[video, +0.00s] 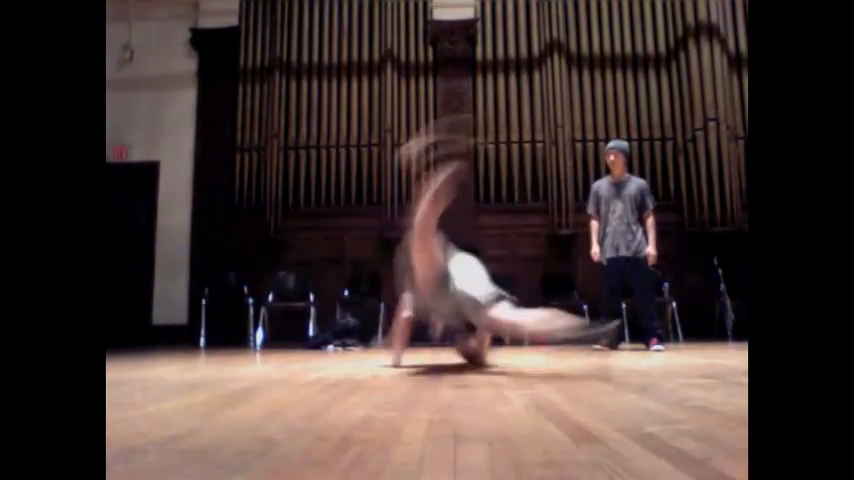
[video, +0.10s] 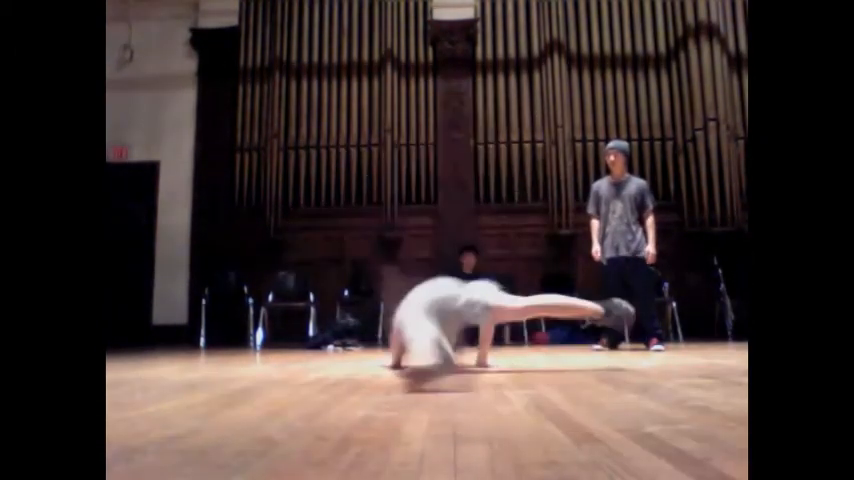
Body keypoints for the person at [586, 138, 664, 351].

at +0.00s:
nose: (611, 159)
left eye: (616, 155)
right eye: (609, 155)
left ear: (625, 157)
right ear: (606, 159)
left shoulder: (639, 185)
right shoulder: (598, 187)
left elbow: (648, 216)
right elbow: (594, 218)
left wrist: (651, 245)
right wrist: (595, 244)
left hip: (635, 250)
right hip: (610, 251)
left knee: (644, 296)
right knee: (610, 297)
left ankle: (653, 337)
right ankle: (609, 337)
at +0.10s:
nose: (612, 159)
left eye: (616, 155)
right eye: (609, 155)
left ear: (625, 158)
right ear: (606, 159)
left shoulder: (639, 185)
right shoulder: (598, 187)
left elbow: (648, 215)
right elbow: (595, 217)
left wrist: (651, 244)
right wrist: (596, 243)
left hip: (636, 251)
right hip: (610, 252)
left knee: (645, 297)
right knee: (611, 297)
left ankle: (653, 336)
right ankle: (609, 337)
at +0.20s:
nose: (612, 159)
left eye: (616, 155)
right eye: (609, 155)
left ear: (625, 158)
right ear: (606, 159)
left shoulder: (639, 185)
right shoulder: (598, 187)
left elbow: (648, 215)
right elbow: (595, 218)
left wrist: (651, 244)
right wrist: (596, 243)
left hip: (636, 251)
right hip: (610, 251)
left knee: (645, 297)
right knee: (610, 299)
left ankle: (653, 337)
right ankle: (610, 338)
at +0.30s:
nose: (612, 159)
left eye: (616, 155)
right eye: (609, 155)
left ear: (625, 158)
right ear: (606, 159)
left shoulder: (639, 185)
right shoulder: (598, 187)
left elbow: (648, 215)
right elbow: (595, 218)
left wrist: (651, 244)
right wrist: (596, 244)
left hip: (636, 251)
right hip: (610, 251)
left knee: (645, 297)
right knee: (610, 299)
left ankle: (653, 337)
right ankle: (610, 338)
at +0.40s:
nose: (612, 159)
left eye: (616, 155)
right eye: (609, 155)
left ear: (625, 158)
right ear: (606, 159)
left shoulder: (640, 185)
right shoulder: (598, 188)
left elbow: (649, 215)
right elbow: (595, 219)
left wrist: (652, 244)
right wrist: (595, 246)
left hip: (636, 251)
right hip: (610, 252)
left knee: (645, 297)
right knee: (610, 299)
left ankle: (653, 337)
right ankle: (608, 337)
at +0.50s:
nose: (612, 159)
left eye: (616, 155)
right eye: (609, 155)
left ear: (625, 158)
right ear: (606, 160)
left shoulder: (640, 185)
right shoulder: (598, 188)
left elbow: (649, 215)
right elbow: (595, 219)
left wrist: (652, 245)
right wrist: (595, 246)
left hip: (636, 251)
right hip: (610, 252)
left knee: (645, 297)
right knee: (610, 299)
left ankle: (653, 336)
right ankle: (609, 337)